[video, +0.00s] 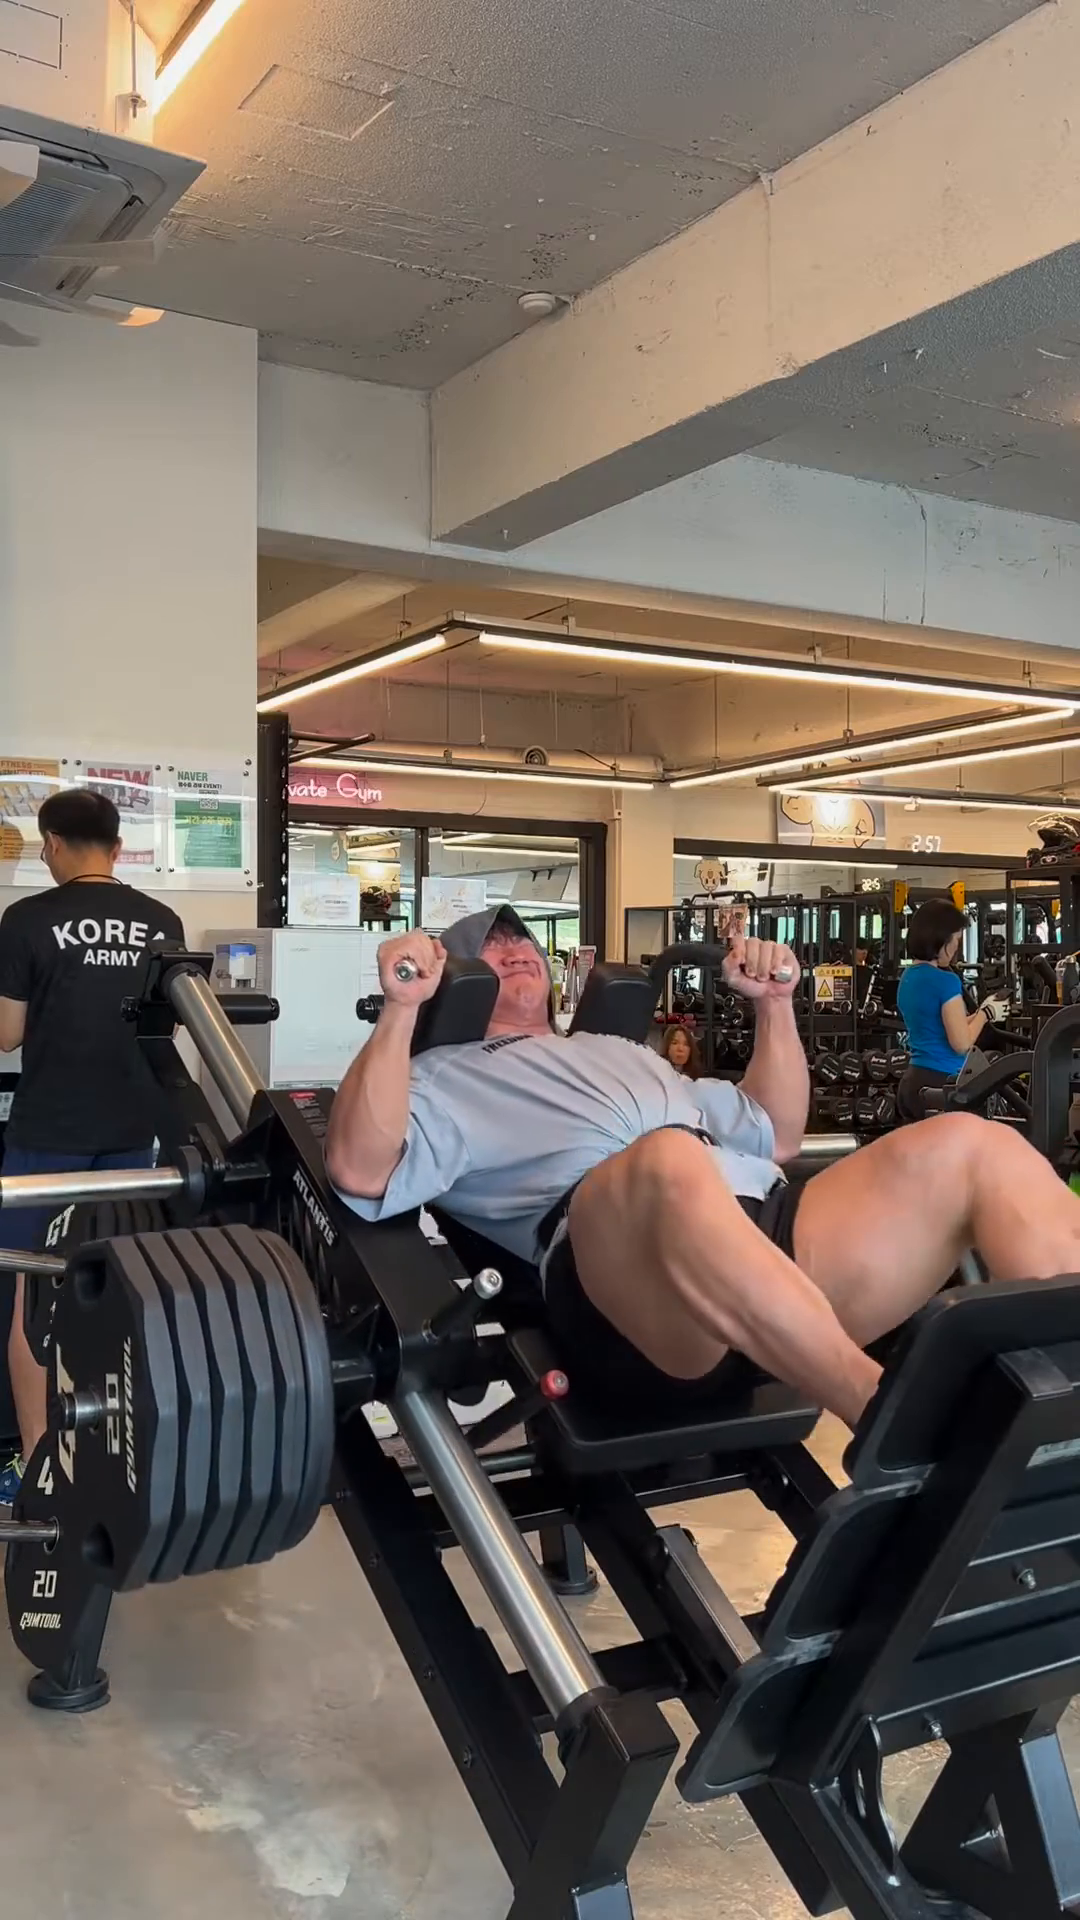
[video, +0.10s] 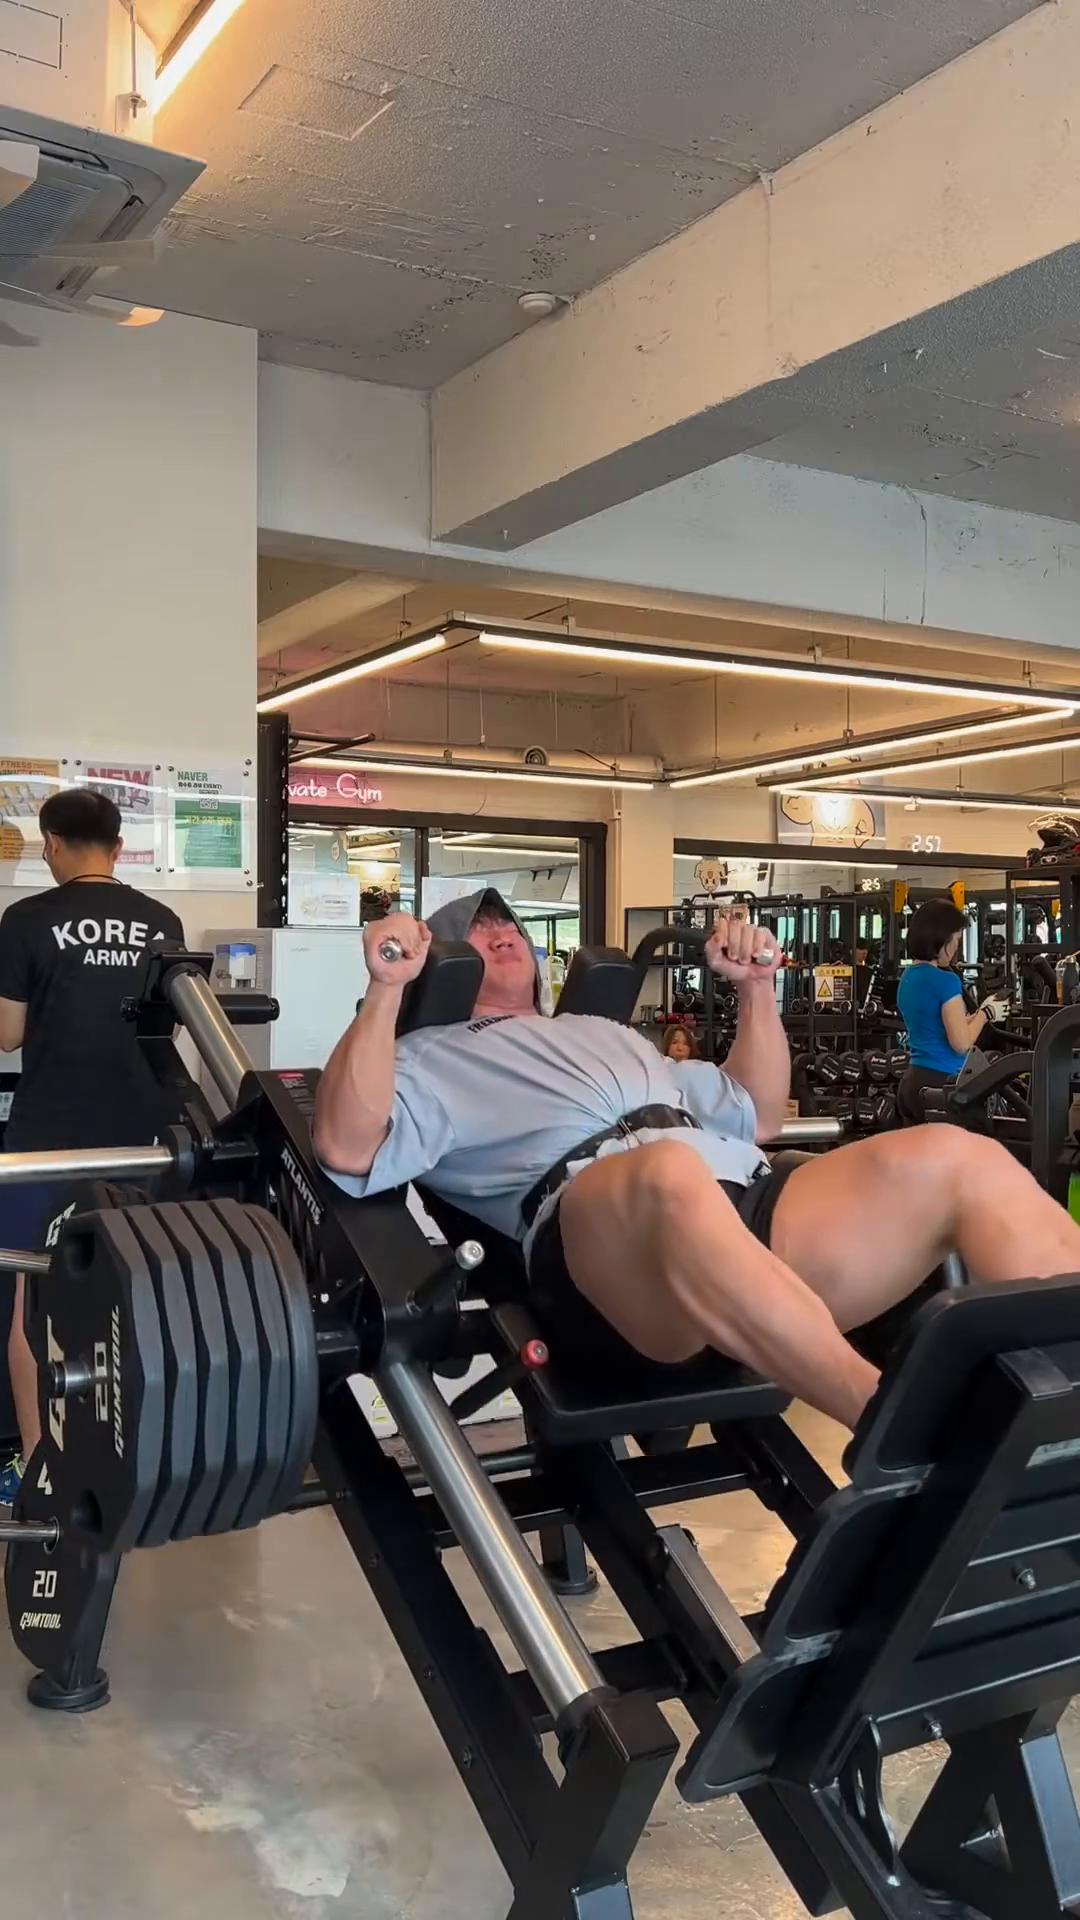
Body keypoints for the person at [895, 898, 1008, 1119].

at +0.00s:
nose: (957, 947)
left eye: (958, 941)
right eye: (956, 940)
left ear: (922, 936)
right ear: (942, 941)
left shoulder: (908, 978)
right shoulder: (946, 981)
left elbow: (933, 1032)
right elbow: (961, 1043)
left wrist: (976, 1014)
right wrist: (986, 1014)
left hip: (915, 1078)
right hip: (947, 1085)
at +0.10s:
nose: (957, 947)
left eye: (958, 940)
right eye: (956, 940)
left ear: (923, 936)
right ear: (943, 941)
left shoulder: (907, 978)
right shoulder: (946, 981)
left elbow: (928, 1033)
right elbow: (961, 1043)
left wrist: (969, 1018)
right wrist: (985, 1013)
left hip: (915, 1078)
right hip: (946, 1084)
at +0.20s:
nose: (957, 947)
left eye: (958, 940)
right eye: (956, 940)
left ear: (923, 936)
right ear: (943, 941)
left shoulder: (908, 978)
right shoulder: (946, 982)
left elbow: (931, 1034)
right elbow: (961, 1043)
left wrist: (977, 1014)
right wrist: (985, 1013)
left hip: (915, 1078)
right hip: (945, 1084)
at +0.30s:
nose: (957, 947)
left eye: (958, 940)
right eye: (956, 940)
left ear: (923, 935)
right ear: (943, 940)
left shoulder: (907, 978)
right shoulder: (946, 981)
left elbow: (931, 1032)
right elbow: (961, 1043)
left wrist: (975, 1015)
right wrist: (987, 1014)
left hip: (913, 1079)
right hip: (945, 1085)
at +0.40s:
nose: (958, 947)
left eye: (958, 940)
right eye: (957, 939)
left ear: (922, 935)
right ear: (943, 941)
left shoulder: (907, 978)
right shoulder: (946, 981)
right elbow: (961, 1042)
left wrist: (974, 1015)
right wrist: (987, 1013)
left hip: (914, 1077)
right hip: (947, 1082)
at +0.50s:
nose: (958, 946)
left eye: (958, 939)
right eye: (957, 939)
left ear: (922, 935)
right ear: (942, 941)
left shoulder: (907, 978)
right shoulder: (946, 981)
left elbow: (929, 1032)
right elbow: (962, 1042)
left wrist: (973, 1016)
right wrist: (988, 1012)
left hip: (914, 1078)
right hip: (946, 1083)